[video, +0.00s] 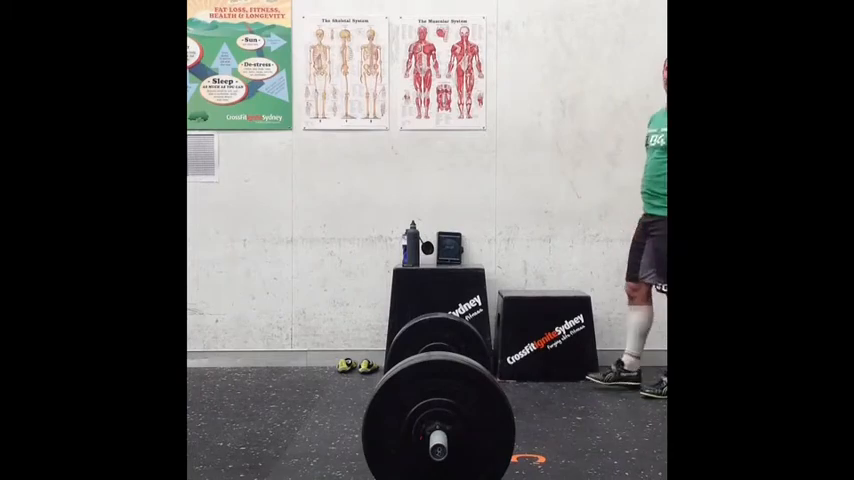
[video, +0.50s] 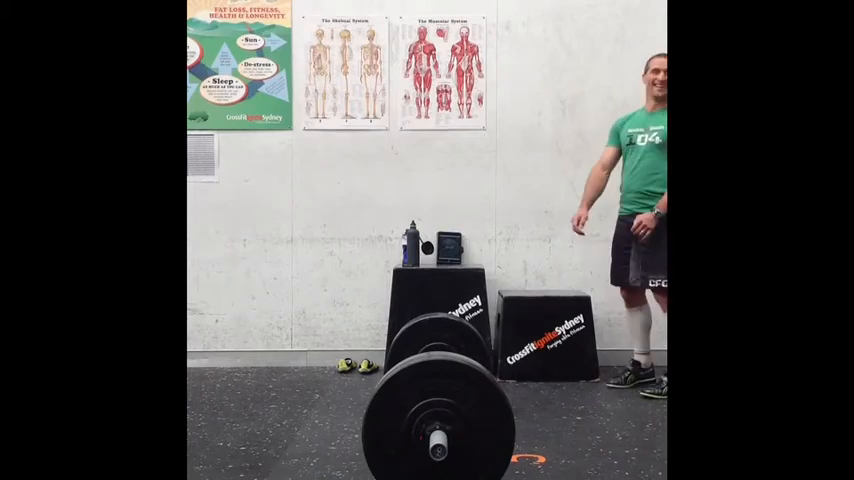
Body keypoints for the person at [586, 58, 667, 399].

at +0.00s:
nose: (665, 75)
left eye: (666, 70)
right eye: (665, 70)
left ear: (667, 76)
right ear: (663, 77)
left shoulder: (664, 119)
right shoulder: (655, 120)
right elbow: (653, 168)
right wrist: (648, 212)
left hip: (664, 218)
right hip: (650, 217)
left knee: (665, 291)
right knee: (637, 289)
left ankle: (668, 378)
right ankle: (630, 366)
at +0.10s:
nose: (666, 75)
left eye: (669, 69)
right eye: (664, 69)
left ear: (670, 76)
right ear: (660, 75)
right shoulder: (651, 120)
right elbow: (651, 167)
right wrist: (648, 208)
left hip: (665, 218)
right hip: (647, 215)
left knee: (665, 287)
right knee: (623, 285)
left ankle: (667, 377)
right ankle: (633, 363)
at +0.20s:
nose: (667, 75)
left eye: (669, 69)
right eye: (665, 69)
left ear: (668, 75)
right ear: (659, 75)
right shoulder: (645, 121)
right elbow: (638, 170)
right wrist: (636, 211)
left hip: (664, 219)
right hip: (643, 217)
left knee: (665, 290)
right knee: (621, 287)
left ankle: (665, 379)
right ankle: (637, 359)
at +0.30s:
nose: (667, 74)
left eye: (670, 68)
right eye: (664, 68)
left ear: (673, 77)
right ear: (657, 76)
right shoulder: (638, 122)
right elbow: (624, 172)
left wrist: (669, 222)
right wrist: (617, 217)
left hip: (665, 222)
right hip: (638, 220)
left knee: (666, 293)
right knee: (624, 289)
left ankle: (665, 377)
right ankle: (638, 363)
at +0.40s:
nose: (665, 76)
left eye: (670, 71)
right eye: (661, 70)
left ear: (674, 80)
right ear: (651, 77)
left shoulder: (669, 120)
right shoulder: (631, 122)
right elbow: (611, 168)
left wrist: (660, 215)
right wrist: (598, 216)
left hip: (665, 221)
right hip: (634, 220)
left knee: (666, 293)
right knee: (628, 290)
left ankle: (669, 376)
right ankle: (641, 364)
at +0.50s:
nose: (661, 77)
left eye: (666, 72)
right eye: (656, 71)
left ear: (672, 81)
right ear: (644, 78)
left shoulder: (667, 120)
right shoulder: (625, 123)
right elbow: (603, 167)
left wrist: (657, 213)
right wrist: (584, 205)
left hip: (661, 219)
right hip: (629, 218)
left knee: (662, 293)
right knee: (631, 291)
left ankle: (666, 377)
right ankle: (642, 366)